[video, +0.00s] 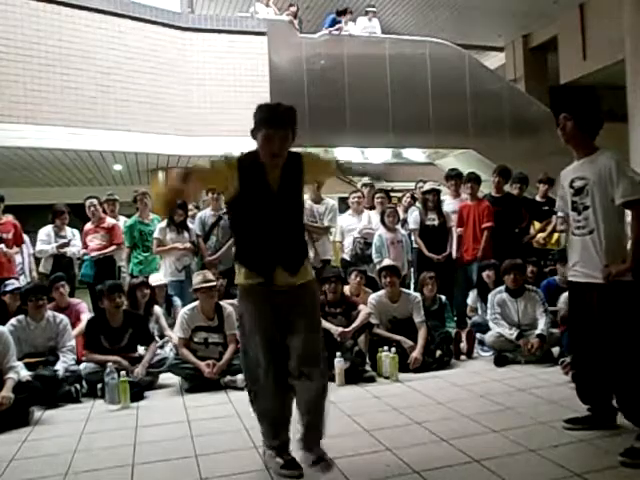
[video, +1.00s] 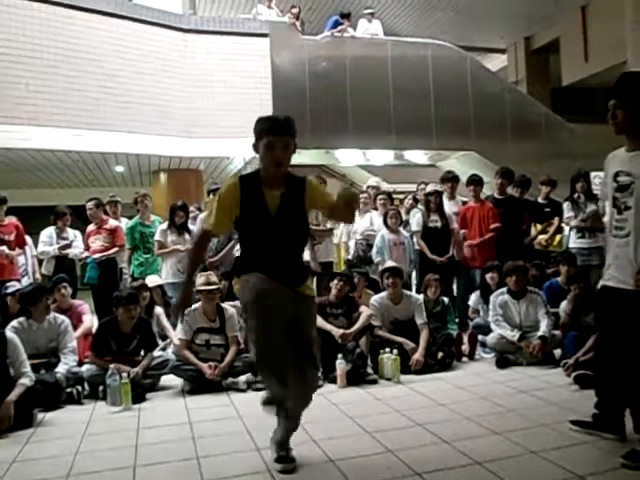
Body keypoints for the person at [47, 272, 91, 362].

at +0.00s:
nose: (61, 291)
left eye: (63, 286)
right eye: (56, 289)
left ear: (68, 288)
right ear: (52, 294)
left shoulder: (79, 305)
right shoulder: (48, 310)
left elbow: (85, 321)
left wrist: (70, 336)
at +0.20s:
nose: (61, 291)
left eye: (63, 286)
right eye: (56, 288)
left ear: (68, 288)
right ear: (52, 294)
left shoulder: (79, 305)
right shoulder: (48, 310)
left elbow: (85, 322)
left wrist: (71, 336)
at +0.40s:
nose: (61, 291)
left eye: (63, 286)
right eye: (56, 288)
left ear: (68, 288)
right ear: (52, 294)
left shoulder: (79, 305)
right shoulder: (49, 310)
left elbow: (86, 322)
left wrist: (71, 336)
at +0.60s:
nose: (61, 290)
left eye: (63, 286)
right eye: (57, 288)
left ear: (69, 288)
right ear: (52, 294)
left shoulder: (79, 305)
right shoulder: (49, 310)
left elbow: (86, 323)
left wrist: (70, 336)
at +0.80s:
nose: (61, 290)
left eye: (63, 286)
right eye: (56, 288)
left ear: (69, 288)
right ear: (52, 293)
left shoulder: (79, 305)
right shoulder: (49, 309)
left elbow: (86, 322)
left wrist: (71, 336)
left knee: (83, 331)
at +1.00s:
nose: (62, 292)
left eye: (65, 287)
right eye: (58, 290)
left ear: (70, 290)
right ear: (53, 295)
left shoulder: (81, 306)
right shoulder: (51, 311)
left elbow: (88, 324)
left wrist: (72, 337)